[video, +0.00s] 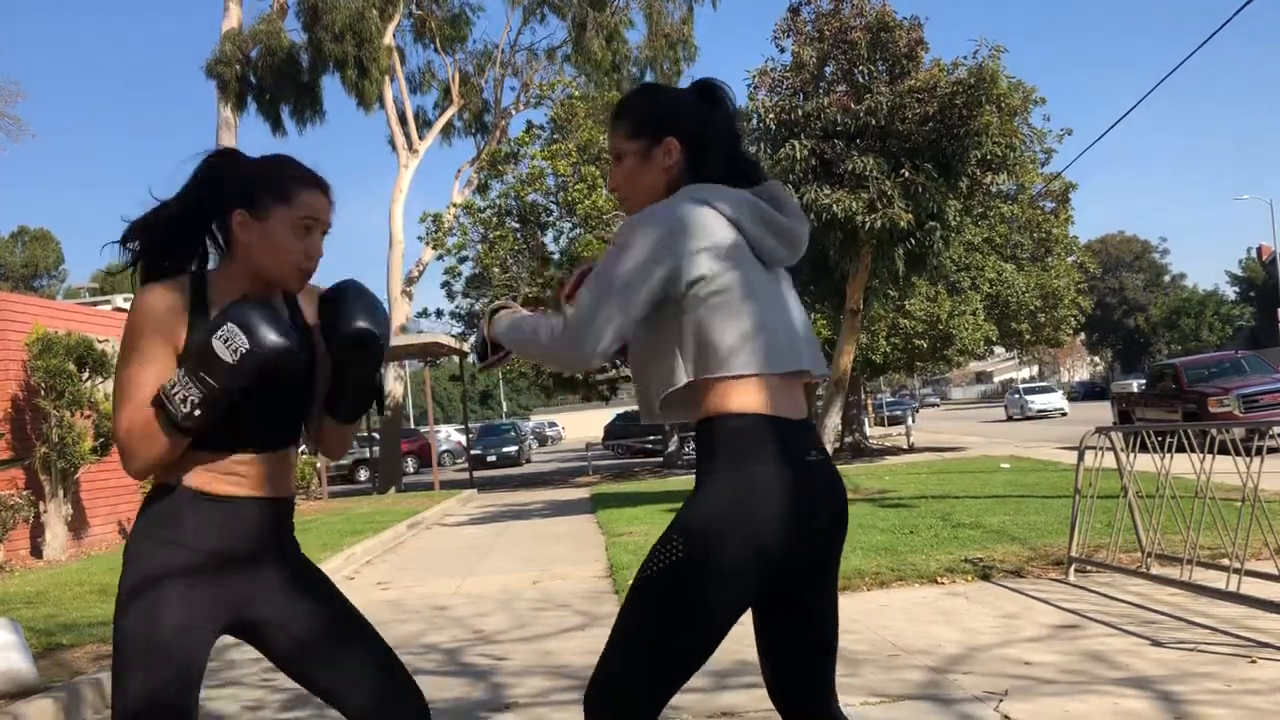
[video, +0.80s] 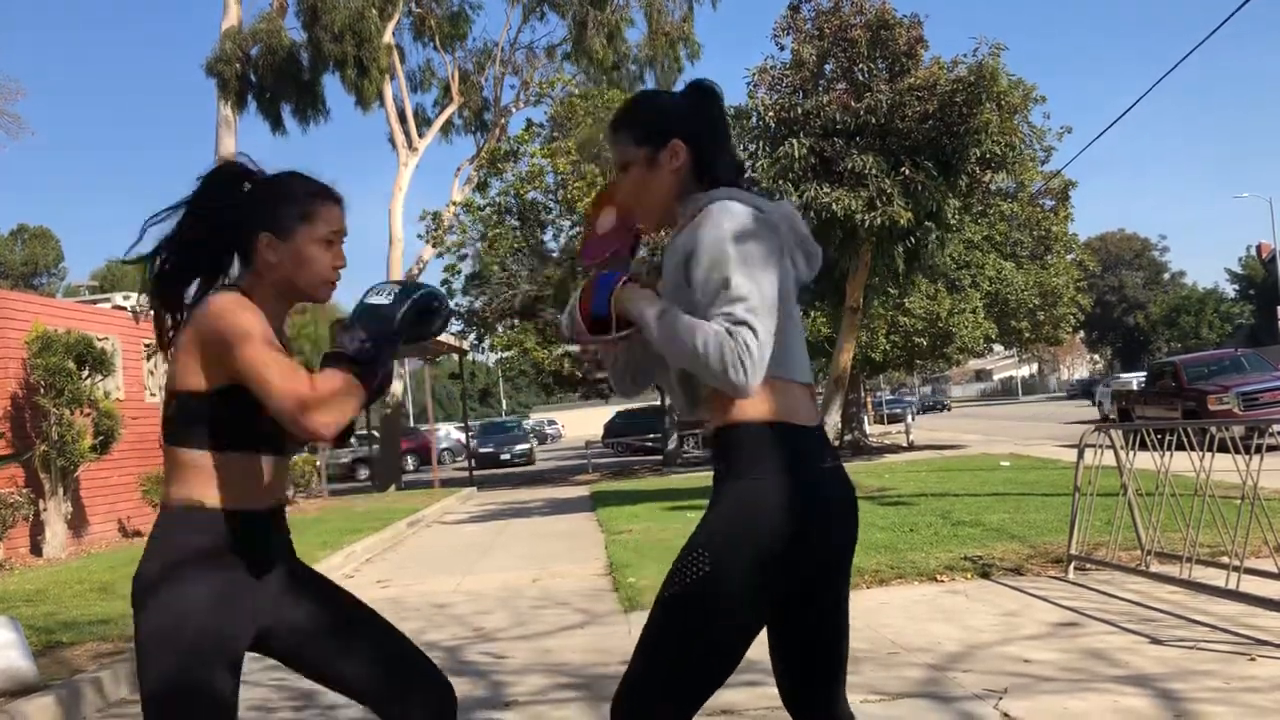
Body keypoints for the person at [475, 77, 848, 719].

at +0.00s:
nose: (609, 179)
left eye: (618, 159)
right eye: (609, 162)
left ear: (669, 155)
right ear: (674, 157)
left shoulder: (666, 225)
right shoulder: (750, 221)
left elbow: (583, 344)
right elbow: (699, 329)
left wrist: (504, 322)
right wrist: (609, 282)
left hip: (741, 489)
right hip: (812, 484)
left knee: (615, 701)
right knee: (810, 702)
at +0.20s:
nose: (580, 167)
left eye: (587, 148)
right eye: (580, 150)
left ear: (634, 144)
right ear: (633, 146)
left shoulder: (649, 209)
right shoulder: (694, 213)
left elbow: (593, 295)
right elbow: (613, 348)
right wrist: (511, 297)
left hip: (712, 473)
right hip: (780, 468)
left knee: (619, 701)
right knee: (814, 690)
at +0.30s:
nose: (562, 178)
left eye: (567, 156)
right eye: (561, 158)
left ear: (613, 145)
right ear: (623, 148)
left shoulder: (625, 208)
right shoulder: (701, 214)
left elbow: (475, 258)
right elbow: (628, 354)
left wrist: (335, 238)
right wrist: (547, 316)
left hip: (709, 476)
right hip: (784, 470)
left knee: (620, 703)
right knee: (813, 691)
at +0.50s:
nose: (569, 195)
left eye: (574, 179)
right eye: (566, 182)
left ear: (621, 167)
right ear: (635, 162)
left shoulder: (620, 230)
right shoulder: (731, 223)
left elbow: (436, 244)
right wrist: (596, 345)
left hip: (719, 493)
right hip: (801, 488)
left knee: (605, 705)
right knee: (815, 700)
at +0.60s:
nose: (604, 207)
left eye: (609, 187)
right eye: (601, 190)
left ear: (656, 174)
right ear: (667, 172)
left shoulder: (657, 234)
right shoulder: (760, 229)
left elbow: (543, 332)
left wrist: (536, 294)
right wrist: (618, 306)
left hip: (741, 494)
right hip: (822, 491)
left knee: (620, 704)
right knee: (822, 701)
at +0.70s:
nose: (618, 205)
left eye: (622, 182)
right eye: (613, 187)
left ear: (671, 167)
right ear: (677, 165)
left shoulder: (693, 227)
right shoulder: (768, 225)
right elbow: (739, 351)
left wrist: (605, 332)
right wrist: (639, 327)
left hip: (756, 493)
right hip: (825, 489)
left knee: (631, 703)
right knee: (822, 700)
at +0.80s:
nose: (617, 191)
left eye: (624, 169)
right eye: (615, 173)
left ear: (674, 159)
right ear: (673, 161)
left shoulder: (727, 224)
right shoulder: (691, 242)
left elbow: (741, 361)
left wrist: (641, 304)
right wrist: (604, 303)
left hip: (766, 489)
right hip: (806, 485)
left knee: (643, 706)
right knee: (817, 701)